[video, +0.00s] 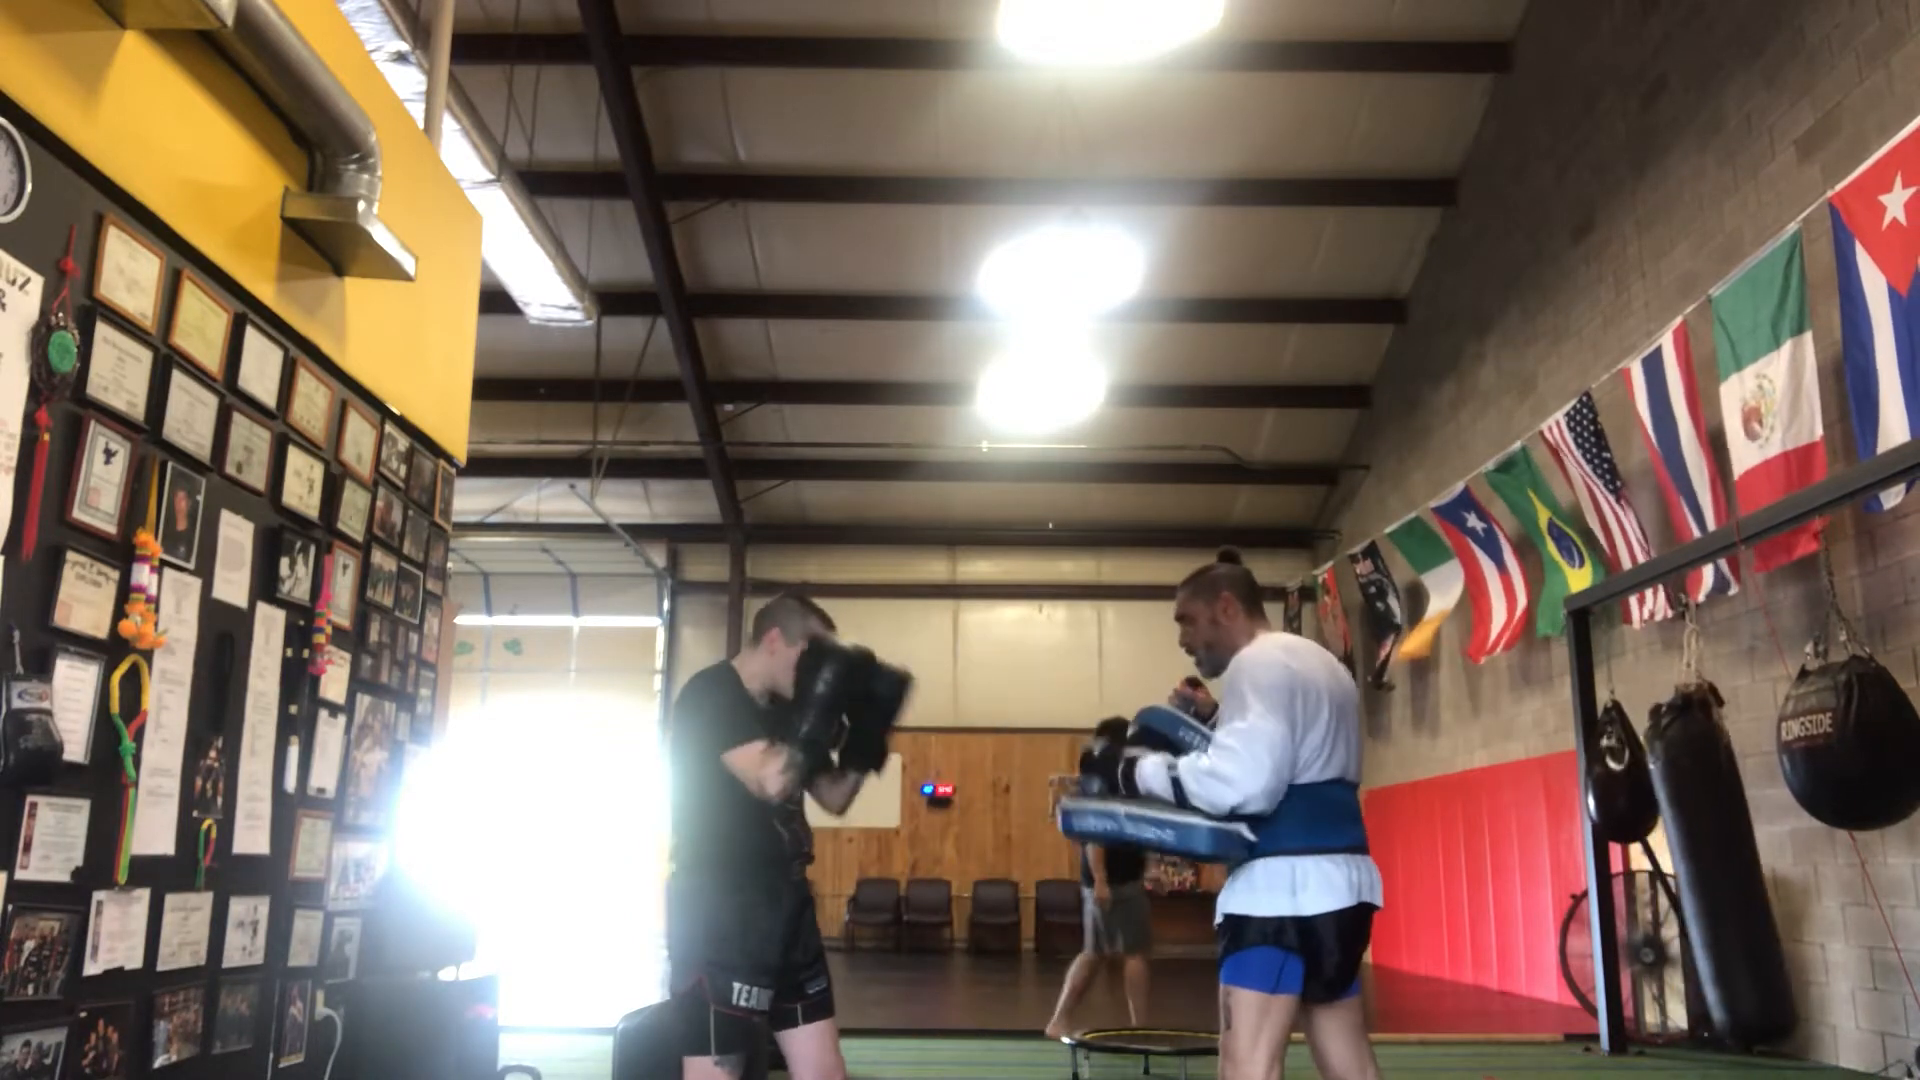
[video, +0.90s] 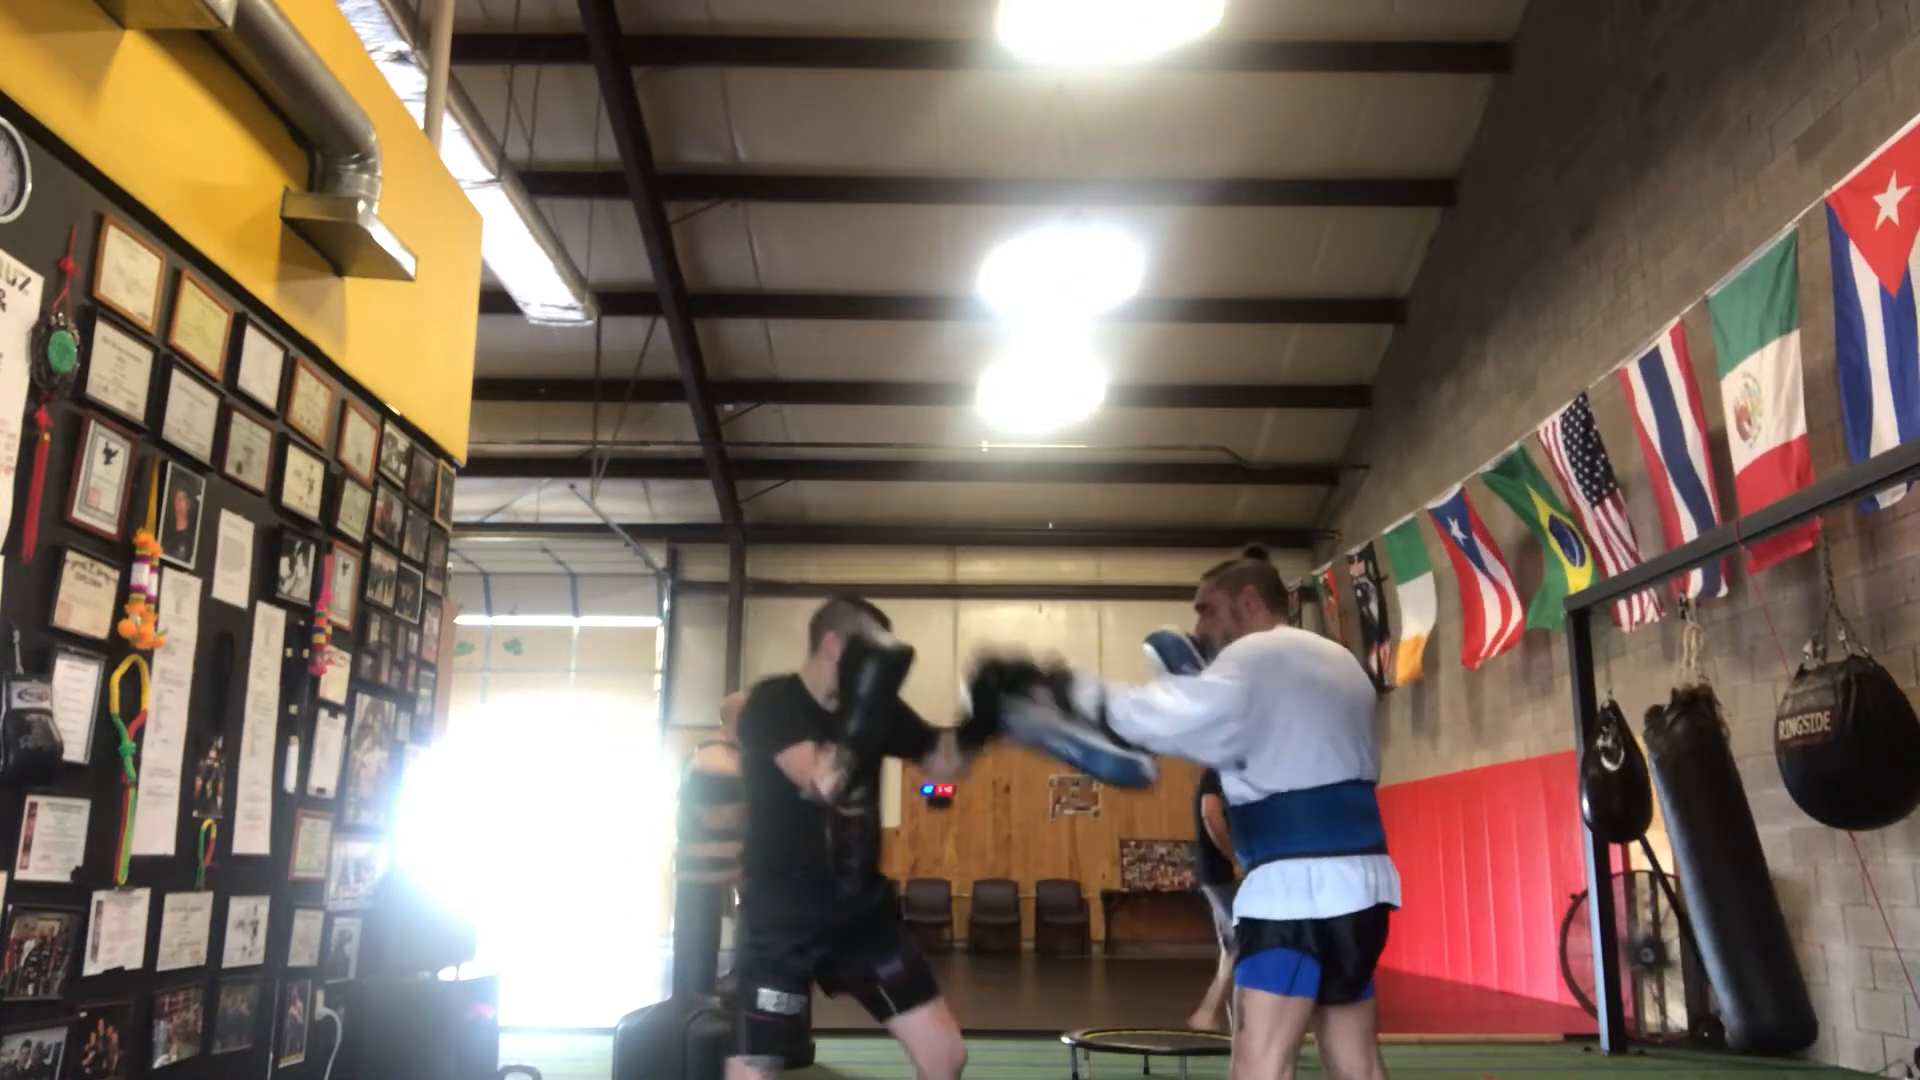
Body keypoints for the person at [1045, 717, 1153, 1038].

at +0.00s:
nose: (1129, 745)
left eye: (1127, 738)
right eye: (1127, 739)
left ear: (1101, 739)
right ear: (1121, 740)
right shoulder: (1104, 775)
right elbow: (1095, 829)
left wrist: (1144, 870)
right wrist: (1100, 880)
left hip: (1101, 879)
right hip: (1122, 879)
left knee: (1092, 952)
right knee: (1135, 954)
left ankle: (1059, 1021)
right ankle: (1140, 1030)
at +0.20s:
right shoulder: (1123, 781)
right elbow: (1123, 833)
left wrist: (1155, 875)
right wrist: (1135, 877)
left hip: (1149, 875)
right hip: (1125, 878)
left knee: (1147, 947)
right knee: (1138, 949)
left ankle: (1098, 1002)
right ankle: (1141, 1025)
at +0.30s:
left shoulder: (1153, 780)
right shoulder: (1132, 781)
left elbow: (1161, 830)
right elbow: (1140, 831)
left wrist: (1176, 864)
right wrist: (1163, 874)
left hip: (1160, 875)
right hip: (1136, 876)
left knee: (1177, 943)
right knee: (1141, 948)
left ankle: (1137, 1004)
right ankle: (1140, 1022)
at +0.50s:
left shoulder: (1188, 788)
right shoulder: (1161, 784)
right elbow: (1172, 833)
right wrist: (1204, 868)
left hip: (1188, 880)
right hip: (1161, 880)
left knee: (1204, 952)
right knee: (1150, 952)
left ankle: (1231, 1027)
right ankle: (1142, 1029)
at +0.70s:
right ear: (1212, 742)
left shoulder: (1222, 779)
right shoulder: (1196, 778)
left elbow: (1224, 830)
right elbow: (1197, 829)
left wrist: (1235, 869)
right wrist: (1223, 871)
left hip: (1222, 882)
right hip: (1196, 883)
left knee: (1232, 956)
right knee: (1191, 954)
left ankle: (1240, 1031)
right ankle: (1150, 1026)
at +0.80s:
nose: (1233, 747)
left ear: (1209, 746)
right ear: (1216, 744)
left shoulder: (1217, 776)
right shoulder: (1208, 775)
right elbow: (1206, 823)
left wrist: (1230, 865)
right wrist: (1228, 866)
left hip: (1217, 878)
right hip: (1206, 879)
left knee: (1230, 955)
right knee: (1223, 949)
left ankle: (1240, 1030)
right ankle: (1170, 1012)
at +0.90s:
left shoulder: (1218, 777)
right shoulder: (1215, 776)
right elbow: (1212, 813)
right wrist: (1233, 855)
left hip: (1217, 872)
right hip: (1218, 873)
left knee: (1231, 946)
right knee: (1235, 945)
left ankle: (1239, 1020)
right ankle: (1205, 1013)